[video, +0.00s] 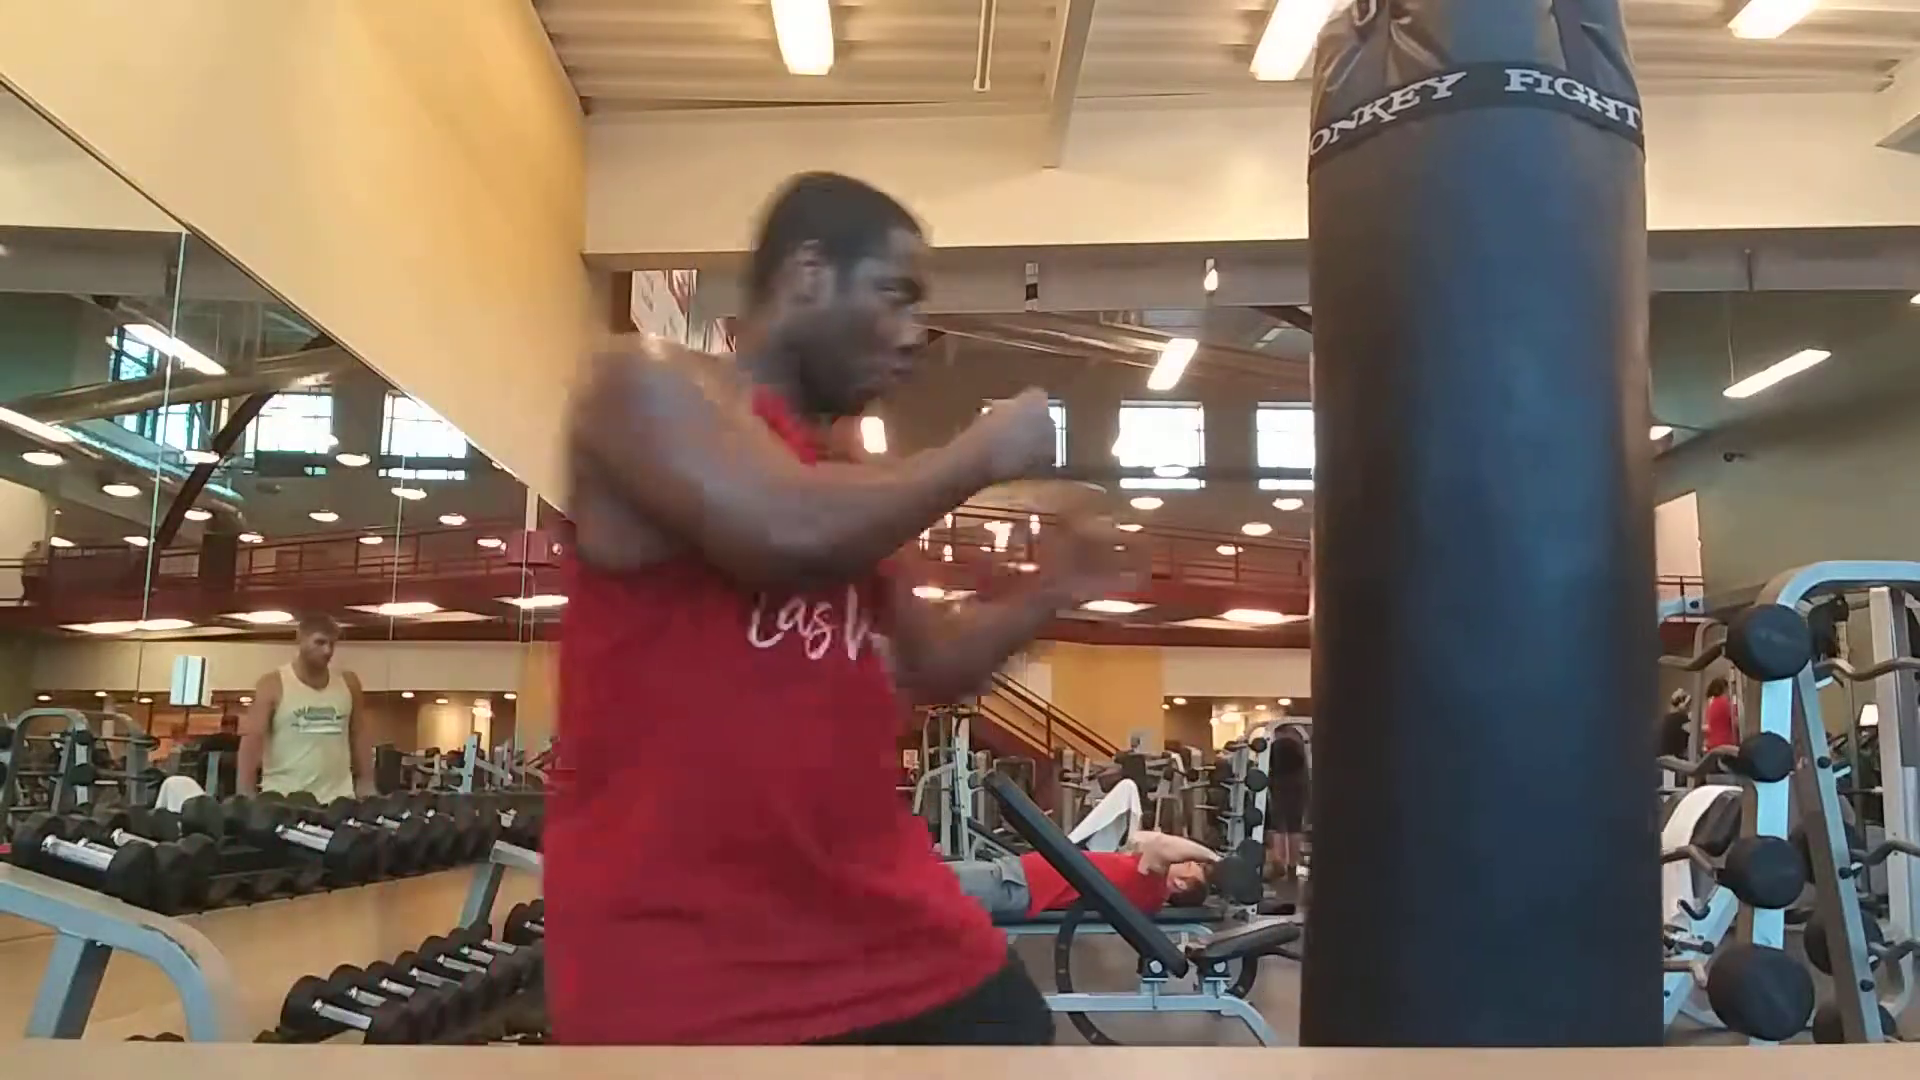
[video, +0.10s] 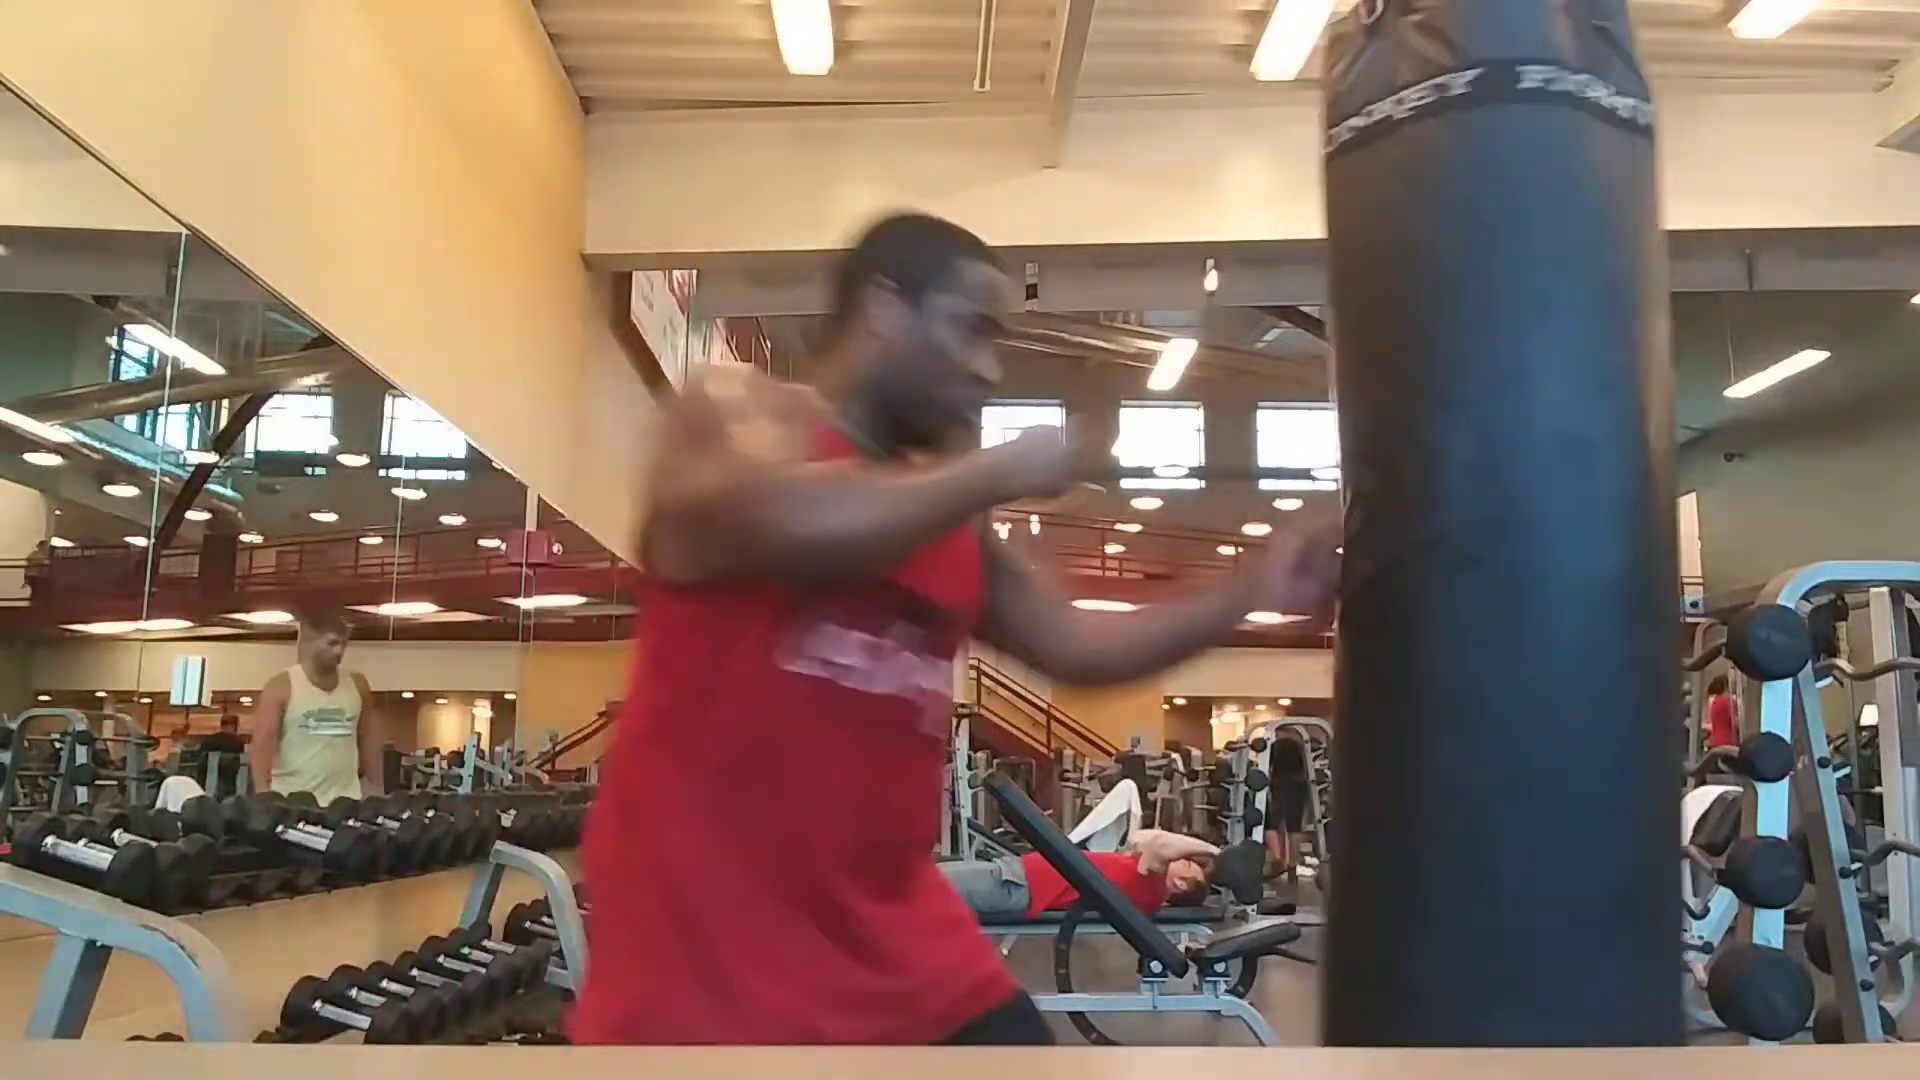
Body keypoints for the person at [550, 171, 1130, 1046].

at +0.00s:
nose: (917, 334)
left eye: (920, 305)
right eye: (897, 294)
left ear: (812, 283)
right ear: (807, 277)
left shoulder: (834, 472)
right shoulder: (644, 383)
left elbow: (932, 661)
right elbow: (780, 530)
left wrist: (1047, 588)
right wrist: (974, 456)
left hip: (892, 929)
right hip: (691, 966)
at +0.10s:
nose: (994, 367)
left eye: (999, 341)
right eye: (977, 330)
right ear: (881, 308)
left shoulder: (943, 510)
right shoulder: (736, 410)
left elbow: (1078, 648)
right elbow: (764, 523)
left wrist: (1253, 583)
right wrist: (999, 474)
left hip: (899, 949)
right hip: (708, 971)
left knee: (1034, 1054)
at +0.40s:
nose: (1121, 386)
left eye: (1125, 359)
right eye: (1108, 352)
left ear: (1027, 336)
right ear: (1022, 331)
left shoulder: (1063, 496)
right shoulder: (886, 458)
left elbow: (1196, 596)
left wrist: (1338, 523)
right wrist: (1157, 624)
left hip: (1037, 909)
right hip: (877, 915)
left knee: (1115, 1065)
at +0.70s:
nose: (1048, 286)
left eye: (1054, 264)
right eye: (1027, 253)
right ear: (932, 233)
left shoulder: (1036, 433)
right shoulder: (795, 392)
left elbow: (1137, 614)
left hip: (1155, 759)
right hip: (1009, 906)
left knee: (1390, 723)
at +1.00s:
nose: (1074, 307)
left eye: (1074, 280)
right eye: (1054, 269)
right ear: (955, 256)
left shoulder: (1017, 447)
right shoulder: (833, 437)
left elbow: (1096, 613)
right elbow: (1027, 564)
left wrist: (1266, 581)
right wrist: (1148, 416)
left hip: (1182, 790)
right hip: (1061, 937)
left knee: (1415, 905)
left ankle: (1417, 1058)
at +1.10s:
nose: (1113, 295)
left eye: (1110, 264)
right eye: (1092, 257)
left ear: (999, 246)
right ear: (994, 243)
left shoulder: (1063, 435)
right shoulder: (869, 425)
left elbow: (1162, 591)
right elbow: (1049, 559)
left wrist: (1299, 517)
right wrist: (1179, 424)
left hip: (1220, 871)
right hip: (1076, 963)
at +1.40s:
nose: (1247, 354)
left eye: (1247, 324)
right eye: (1229, 315)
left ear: (1145, 313)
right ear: (1138, 306)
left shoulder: (1135, 484)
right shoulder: (1037, 440)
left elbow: (1236, 645)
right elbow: (1162, 623)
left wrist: (1314, 517)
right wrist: (1348, 528)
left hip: (1194, 948)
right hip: (1079, 964)